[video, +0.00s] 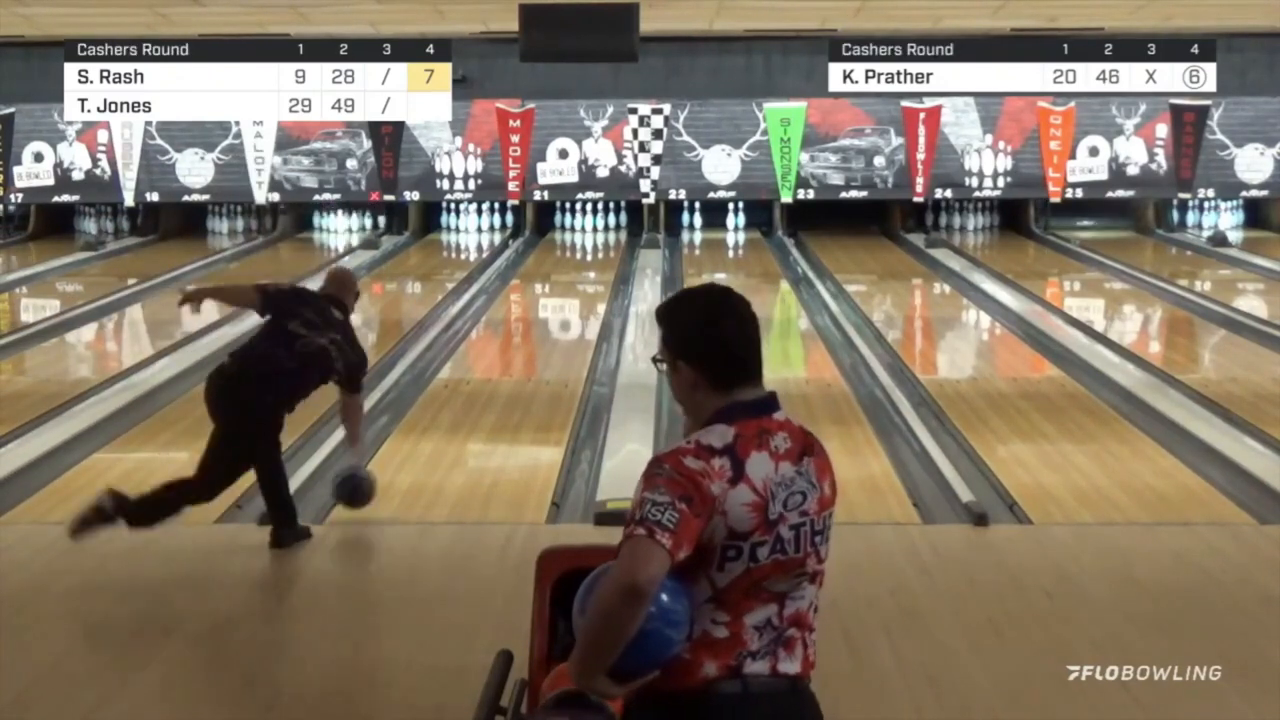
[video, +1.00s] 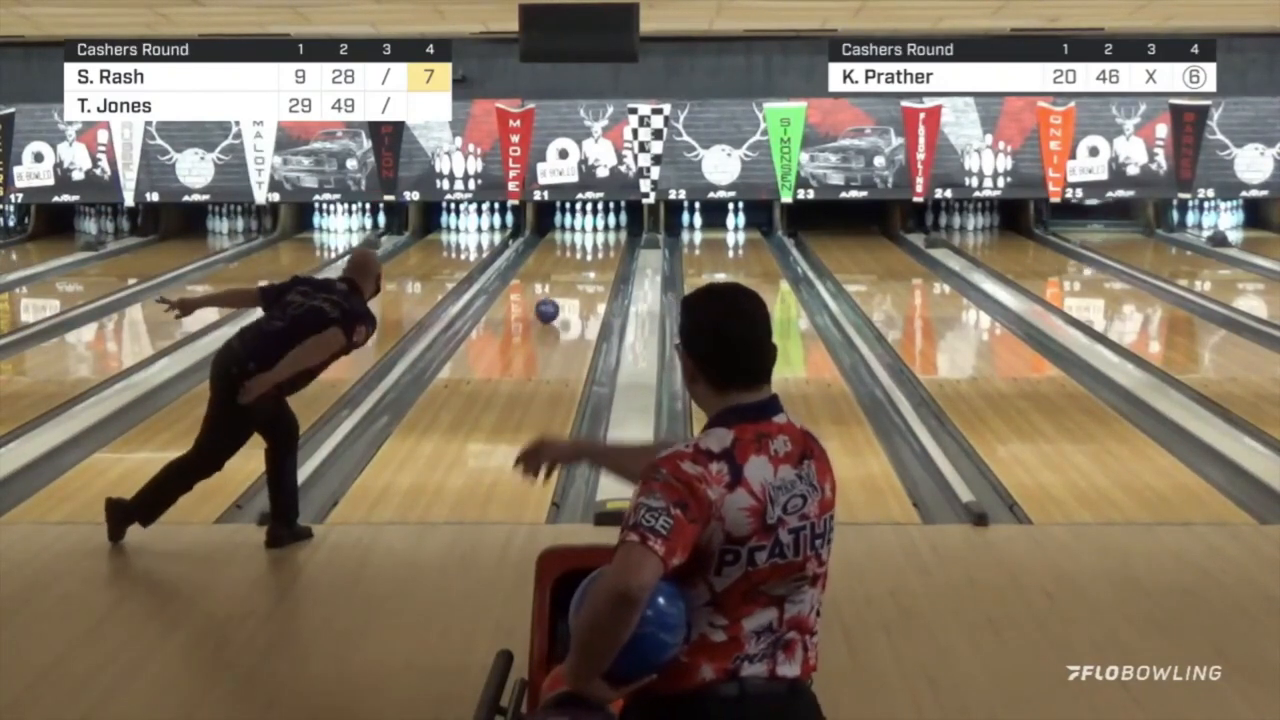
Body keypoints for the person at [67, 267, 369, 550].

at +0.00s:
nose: (355, 299)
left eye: (347, 291)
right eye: (355, 295)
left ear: (324, 287)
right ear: (352, 299)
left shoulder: (296, 297)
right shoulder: (350, 350)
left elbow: (248, 295)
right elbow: (351, 407)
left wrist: (205, 292)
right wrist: (356, 444)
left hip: (221, 385)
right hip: (257, 410)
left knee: (267, 450)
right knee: (205, 486)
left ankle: (285, 529)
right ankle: (122, 508)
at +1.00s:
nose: (379, 284)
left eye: (378, 278)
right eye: (379, 278)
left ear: (345, 272)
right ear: (373, 281)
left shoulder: (308, 284)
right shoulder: (361, 317)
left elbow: (250, 295)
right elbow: (322, 346)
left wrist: (196, 302)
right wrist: (270, 379)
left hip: (230, 360)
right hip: (253, 376)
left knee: (284, 432)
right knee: (206, 458)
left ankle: (283, 525)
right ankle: (129, 511)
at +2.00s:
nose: (345, 191)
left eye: (342, 184)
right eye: (342, 185)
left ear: (308, 187)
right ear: (335, 190)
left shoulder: (276, 222)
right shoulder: (343, 241)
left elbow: (235, 267)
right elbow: (346, 310)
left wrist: (197, 305)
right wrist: (352, 365)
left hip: (261, 340)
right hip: (304, 346)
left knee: (278, 428)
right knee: (314, 430)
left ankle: (278, 520)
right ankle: (290, 526)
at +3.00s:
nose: (326, 191)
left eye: (319, 183)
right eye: (326, 185)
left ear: (291, 184)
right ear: (323, 188)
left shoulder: (260, 229)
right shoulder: (337, 240)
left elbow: (244, 286)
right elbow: (351, 296)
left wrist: (254, 332)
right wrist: (319, 310)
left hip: (278, 347)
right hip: (328, 350)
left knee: (279, 436)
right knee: (350, 438)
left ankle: (281, 525)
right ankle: (366, 523)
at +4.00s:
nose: (314, 196)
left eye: (312, 189)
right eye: (313, 190)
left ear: (279, 186)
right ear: (307, 191)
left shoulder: (242, 233)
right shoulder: (314, 237)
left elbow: (240, 293)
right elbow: (330, 302)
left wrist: (260, 330)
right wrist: (347, 353)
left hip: (266, 347)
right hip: (312, 348)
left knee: (272, 435)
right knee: (316, 441)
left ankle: (280, 525)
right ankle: (324, 527)